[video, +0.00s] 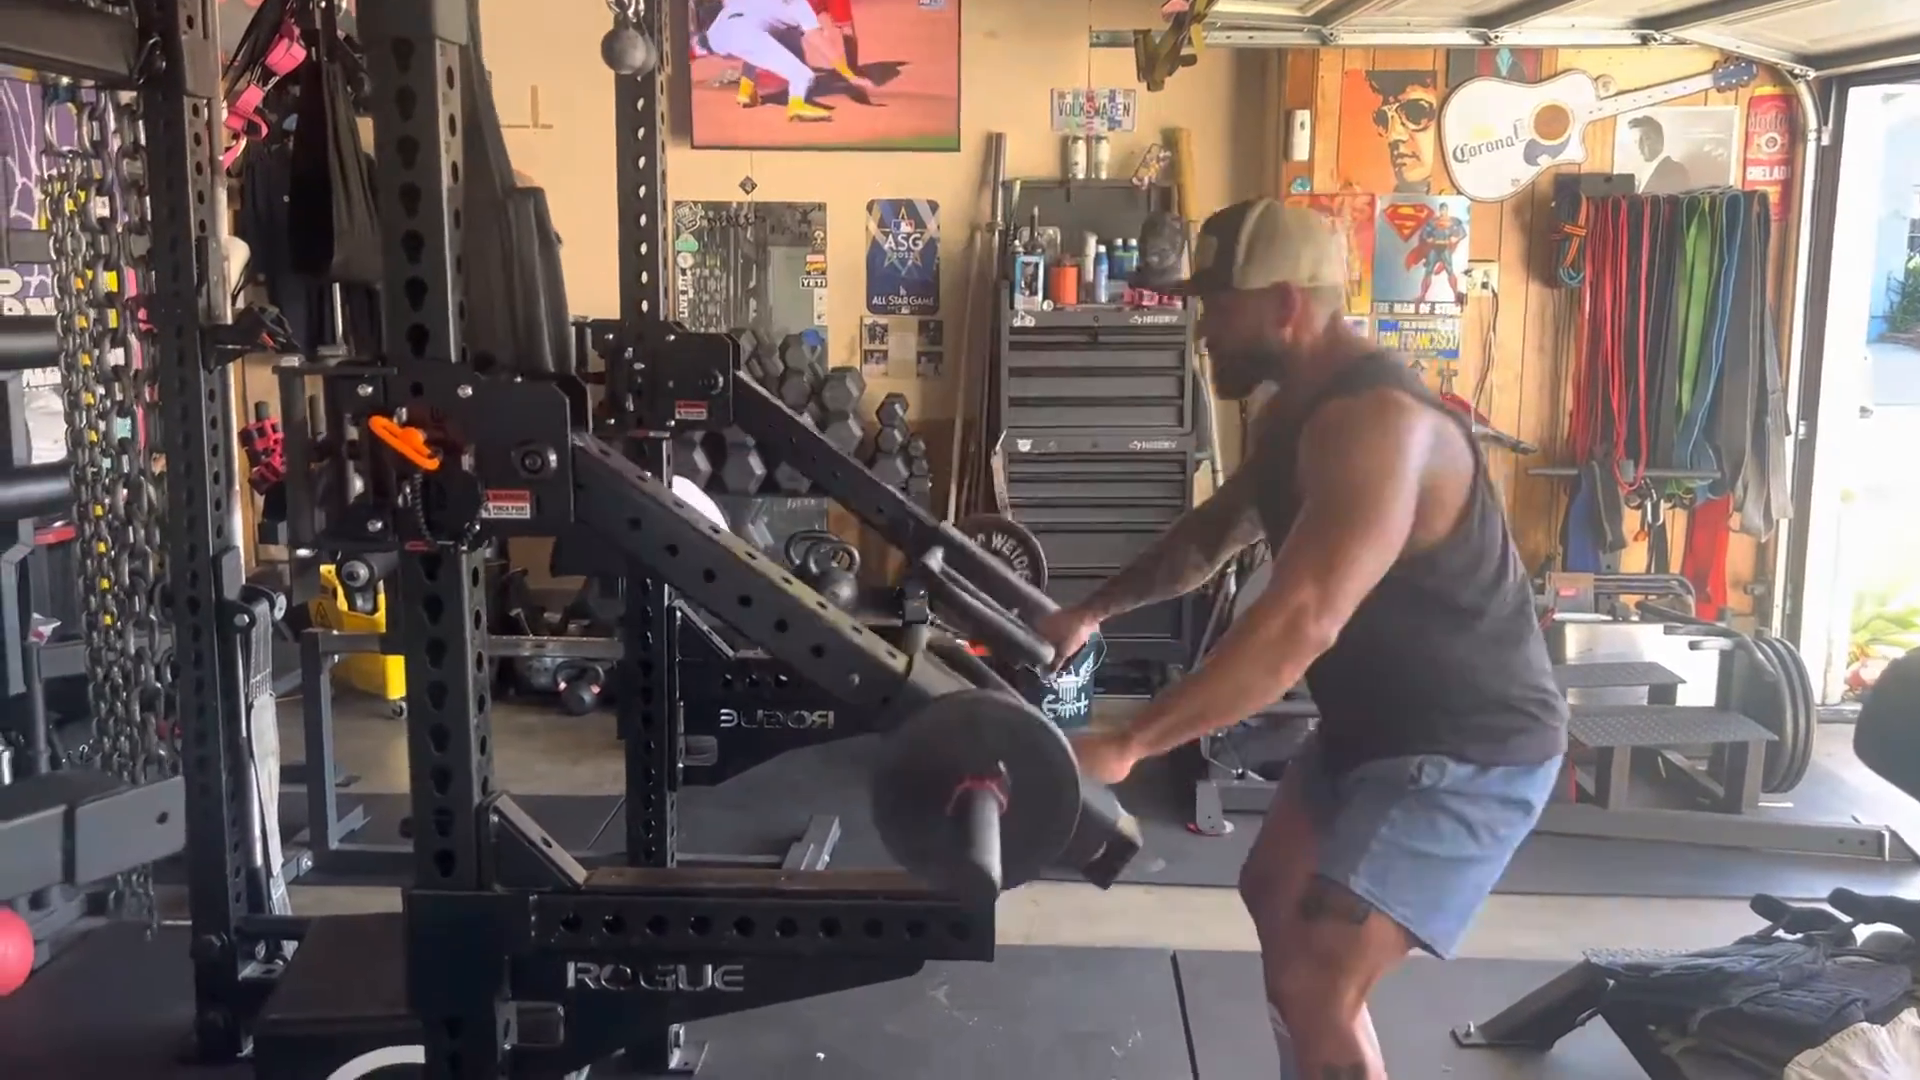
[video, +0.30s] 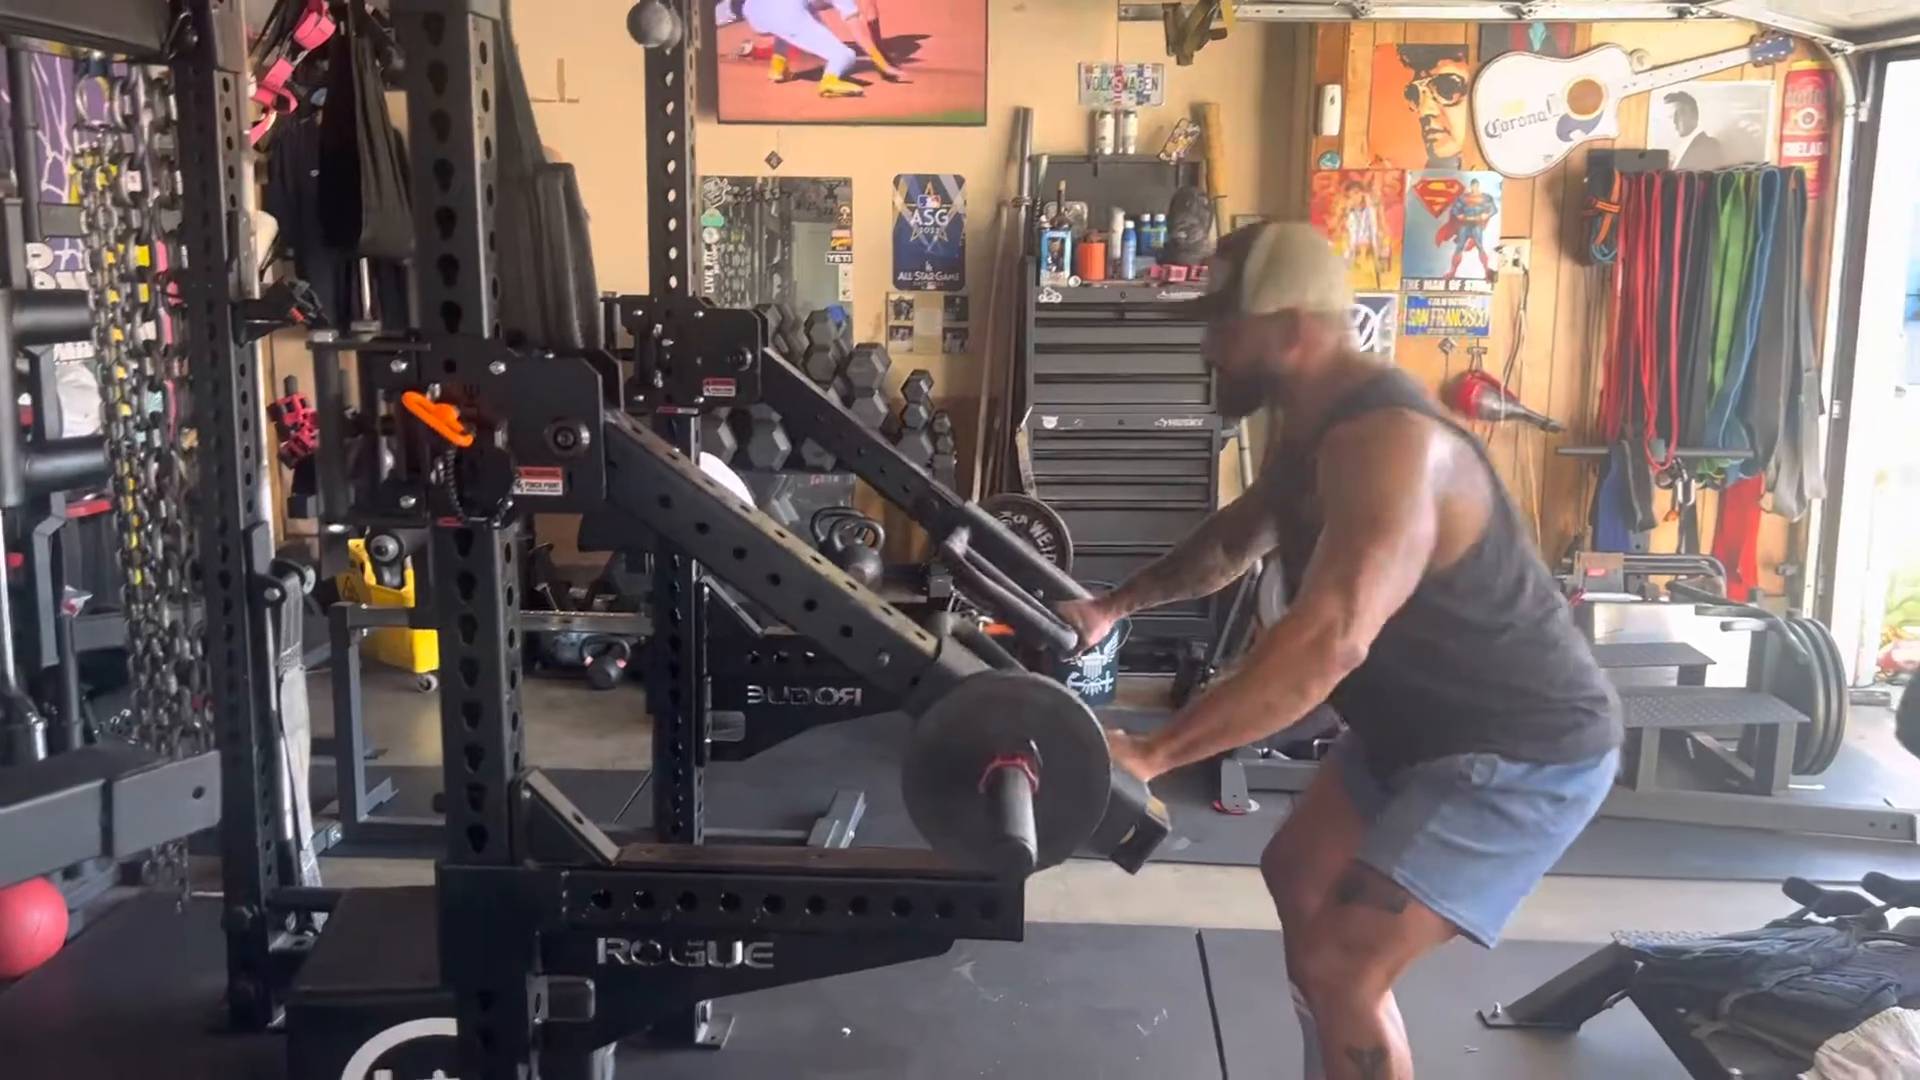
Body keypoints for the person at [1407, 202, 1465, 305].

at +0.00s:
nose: (1443, 213)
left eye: (1445, 210)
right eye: (1441, 210)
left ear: (1447, 211)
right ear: (1439, 211)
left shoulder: (1454, 221)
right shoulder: (1433, 221)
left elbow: (1463, 233)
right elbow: (1424, 233)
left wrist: (1456, 239)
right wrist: (1427, 239)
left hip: (1446, 246)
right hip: (1434, 246)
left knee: (1450, 271)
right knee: (1428, 271)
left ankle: (1456, 295)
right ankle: (1422, 296)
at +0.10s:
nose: (1454, 205)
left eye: (1455, 203)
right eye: (1452, 203)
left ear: (1458, 203)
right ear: (1449, 204)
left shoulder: (1465, 214)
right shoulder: (1443, 214)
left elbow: (1472, 225)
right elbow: (1434, 225)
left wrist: (1465, 232)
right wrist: (1438, 232)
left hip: (1456, 238)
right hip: (1444, 238)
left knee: (1459, 262)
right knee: (1439, 262)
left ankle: (1466, 287)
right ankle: (1431, 288)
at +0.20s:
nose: (1463, 197)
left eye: (1465, 195)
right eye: (1461, 195)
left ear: (1467, 196)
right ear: (1458, 196)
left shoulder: (1474, 207)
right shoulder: (1452, 206)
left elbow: (1482, 218)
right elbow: (1443, 218)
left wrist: (1475, 224)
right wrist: (1448, 224)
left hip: (1466, 231)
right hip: (1454, 231)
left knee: (1469, 255)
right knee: (1448, 255)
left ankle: (1475, 280)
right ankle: (1441, 280)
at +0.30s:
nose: (1474, 189)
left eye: (1476, 186)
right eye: (1473, 186)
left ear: (1479, 187)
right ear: (1470, 187)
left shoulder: (1485, 198)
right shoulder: (1463, 198)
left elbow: (1493, 209)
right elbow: (1454, 209)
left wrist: (1486, 216)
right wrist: (1459, 215)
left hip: (1477, 222)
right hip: (1465, 222)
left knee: (1480, 246)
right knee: (1459, 246)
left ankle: (1486, 271)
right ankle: (1452, 271)